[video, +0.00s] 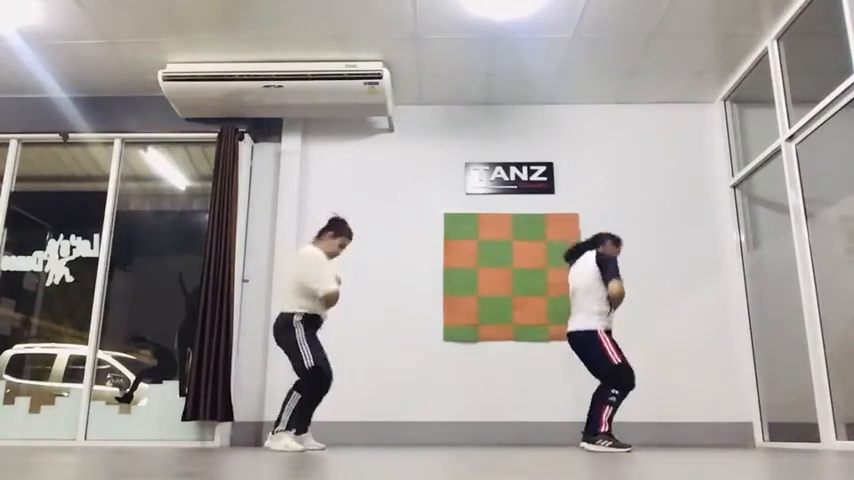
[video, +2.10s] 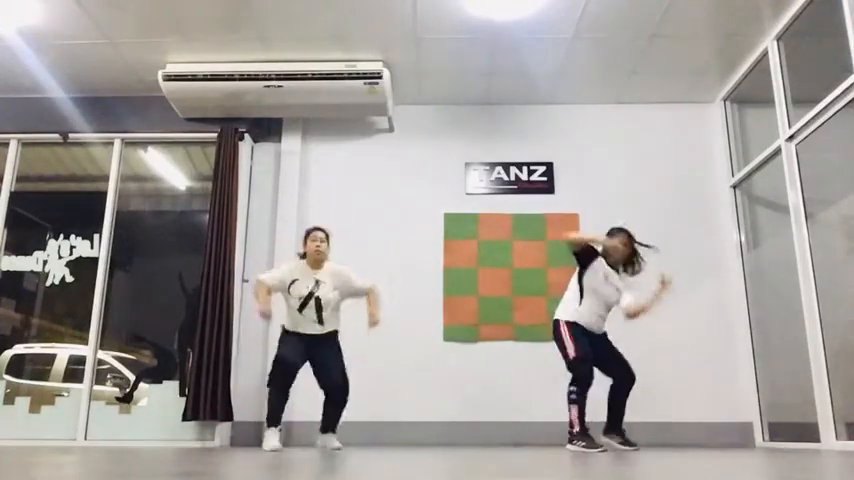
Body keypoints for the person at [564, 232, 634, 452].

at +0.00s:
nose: (617, 254)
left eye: (618, 250)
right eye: (616, 249)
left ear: (595, 244)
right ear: (605, 243)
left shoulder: (578, 263)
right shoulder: (604, 258)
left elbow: (579, 297)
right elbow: (616, 290)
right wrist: (611, 307)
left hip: (577, 330)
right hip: (593, 329)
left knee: (611, 379)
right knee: (623, 378)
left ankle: (592, 433)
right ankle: (599, 433)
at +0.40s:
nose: (598, 234)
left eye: (595, 230)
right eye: (593, 231)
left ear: (580, 238)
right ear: (583, 237)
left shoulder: (582, 263)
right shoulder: (583, 265)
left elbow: (598, 297)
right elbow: (601, 301)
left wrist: (605, 289)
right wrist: (613, 290)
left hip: (599, 325)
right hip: (596, 326)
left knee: (618, 379)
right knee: (619, 379)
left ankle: (595, 432)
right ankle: (597, 434)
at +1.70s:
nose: (629, 232)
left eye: (626, 228)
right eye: (625, 229)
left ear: (608, 234)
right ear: (616, 233)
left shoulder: (596, 252)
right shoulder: (613, 251)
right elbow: (618, 283)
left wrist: (629, 297)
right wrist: (642, 299)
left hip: (579, 320)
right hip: (586, 321)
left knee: (609, 373)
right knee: (613, 373)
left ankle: (598, 432)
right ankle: (599, 434)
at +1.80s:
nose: (640, 246)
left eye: (637, 242)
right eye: (635, 242)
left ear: (618, 247)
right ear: (624, 246)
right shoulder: (618, 261)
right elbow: (623, 295)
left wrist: (624, 331)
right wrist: (645, 324)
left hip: (575, 322)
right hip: (577, 323)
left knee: (606, 376)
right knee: (610, 375)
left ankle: (599, 434)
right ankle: (599, 435)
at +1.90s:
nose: (643, 254)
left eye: (642, 249)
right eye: (639, 249)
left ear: (625, 249)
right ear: (626, 249)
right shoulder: (611, 262)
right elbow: (614, 284)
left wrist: (635, 340)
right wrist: (642, 314)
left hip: (583, 325)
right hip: (570, 321)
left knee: (614, 376)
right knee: (599, 371)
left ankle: (601, 432)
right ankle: (593, 434)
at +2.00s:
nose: (635, 256)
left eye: (637, 251)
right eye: (630, 250)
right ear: (614, 251)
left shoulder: (615, 287)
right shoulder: (597, 266)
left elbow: (618, 327)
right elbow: (599, 257)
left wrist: (655, 329)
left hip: (591, 334)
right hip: (568, 326)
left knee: (625, 370)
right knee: (591, 373)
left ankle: (607, 428)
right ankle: (577, 435)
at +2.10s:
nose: (621, 248)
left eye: (626, 246)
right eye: (618, 243)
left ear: (629, 253)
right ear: (607, 244)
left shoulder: (620, 284)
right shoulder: (591, 260)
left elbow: (630, 312)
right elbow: (570, 239)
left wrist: (656, 294)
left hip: (595, 334)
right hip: (569, 324)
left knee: (625, 376)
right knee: (582, 374)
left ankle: (613, 431)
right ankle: (577, 435)